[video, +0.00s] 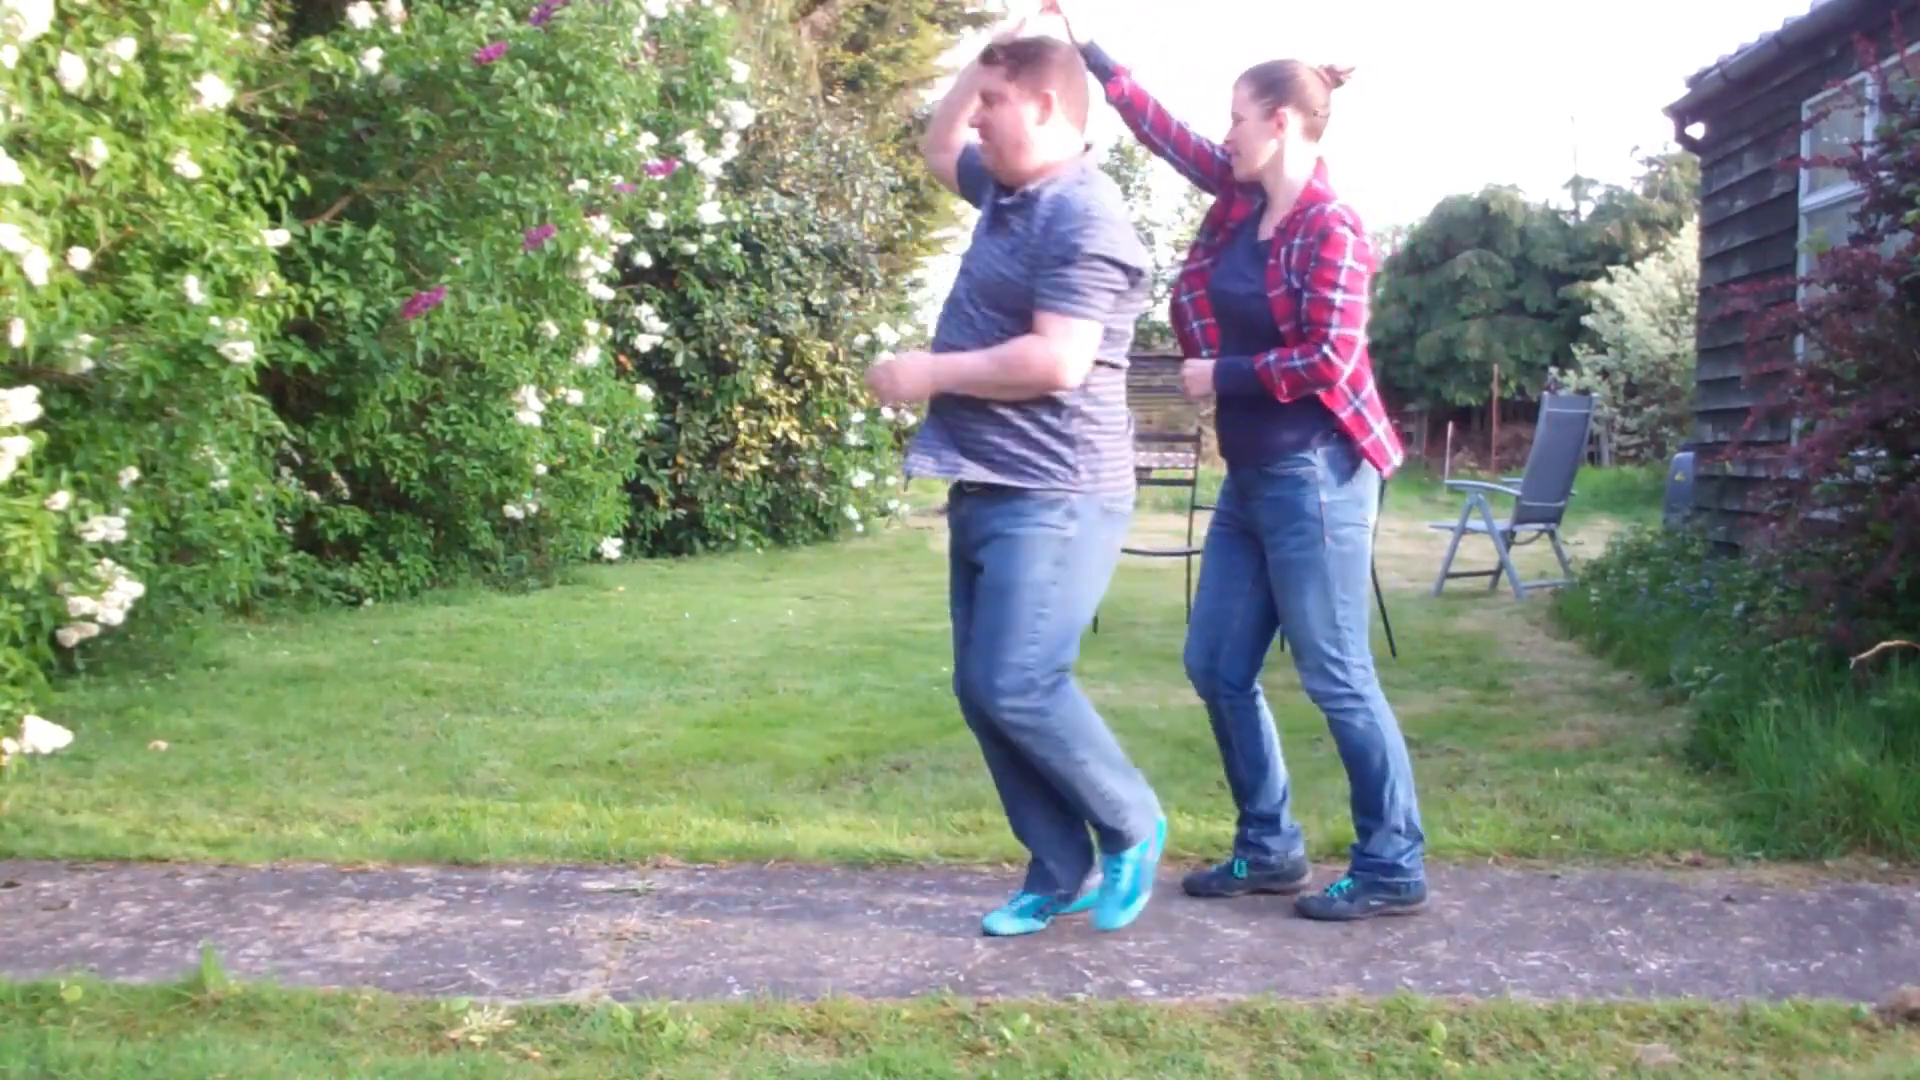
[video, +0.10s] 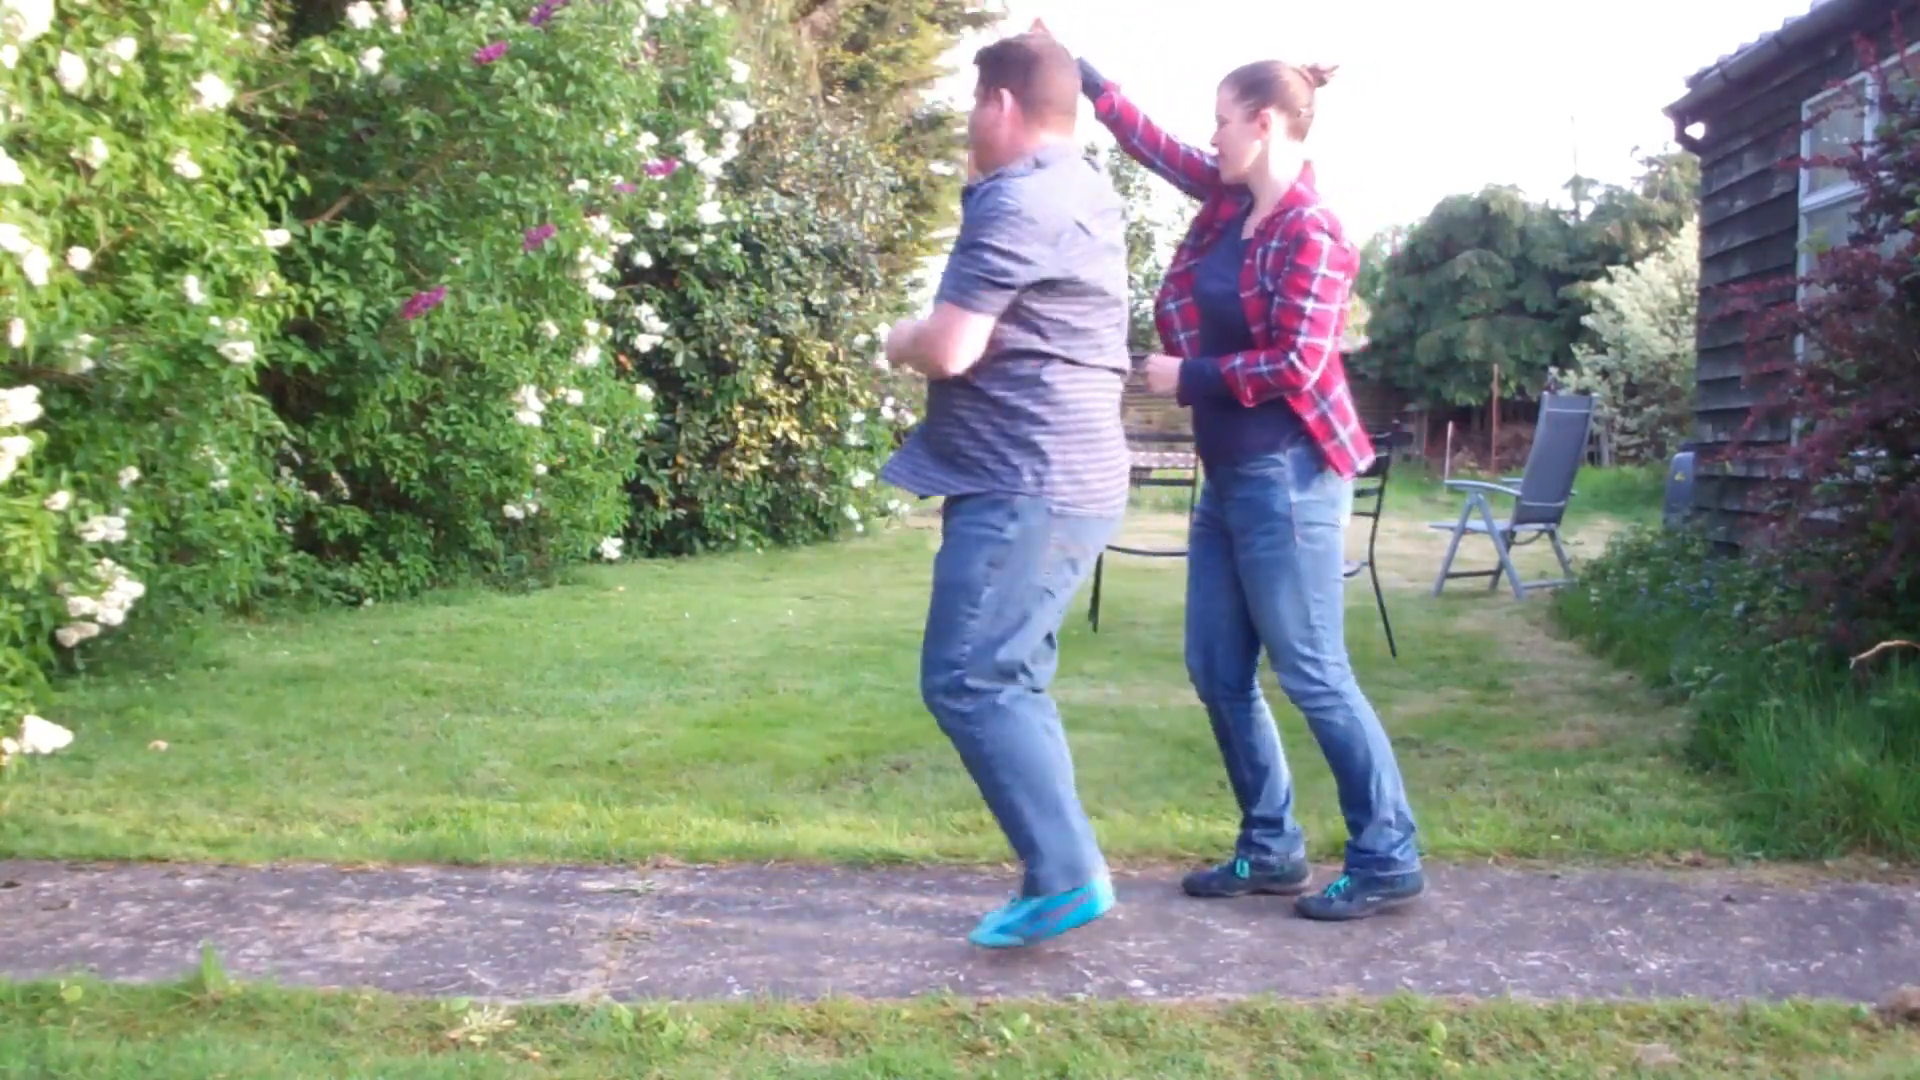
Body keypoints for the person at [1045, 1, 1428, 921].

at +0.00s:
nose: (1225, 133)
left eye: (1236, 119)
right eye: (1226, 119)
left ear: (1285, 126)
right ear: (1265, 130)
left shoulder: (1331, 227)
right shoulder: (1237, 199)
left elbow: (1331, 361)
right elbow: (1160, 126)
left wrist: (1223, 374)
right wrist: (1081, 45)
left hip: (1318, 468)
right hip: (1250, 471)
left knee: (1337, 674)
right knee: (1217, 665)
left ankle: (1392, 865)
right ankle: (1270, 847)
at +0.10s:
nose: (1211, 136)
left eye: (1225, 122)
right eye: (1215, 122)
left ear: (1270, 127)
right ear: (1251, 126)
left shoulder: (1314, 231)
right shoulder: (1225, 198)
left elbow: (1295, 365)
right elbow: (1147, 139)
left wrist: (1184, 375)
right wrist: (1070, 62)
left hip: (1294, 468)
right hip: (1227, 469)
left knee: (1314, 673)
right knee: (1219, 672)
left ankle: (1388, 859)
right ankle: (1272, 848)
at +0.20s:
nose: (1192, 137)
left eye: (1202, 122)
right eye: (1194, 123)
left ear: (1248, 125)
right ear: (1240, 125)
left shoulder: (1282, 227)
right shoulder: (1214, 203)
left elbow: (1261, 366)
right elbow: (1141, 159)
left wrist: (1149, 373)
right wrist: (1065, 88)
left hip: (1260, 466)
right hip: (1212, 463)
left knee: (1251, 671)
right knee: (1216, 670)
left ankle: (1363, 839)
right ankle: (1271, 848)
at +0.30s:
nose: (1167, 140)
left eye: (1176, 124)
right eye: (1170, 125)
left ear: (1218, 127)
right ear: (1224, 128)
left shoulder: (1243, 224)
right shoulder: (1204, 201)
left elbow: (1227, 362)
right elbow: (1127, 157)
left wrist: (1127, 373)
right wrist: (1060, 88)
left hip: (1226, 466)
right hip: (1251, 462)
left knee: (1168, 665)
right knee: (1230, 668)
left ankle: (1304, 811)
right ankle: (1265, 849)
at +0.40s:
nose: (1129, 143)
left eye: (1141, 129)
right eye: (1131, 128)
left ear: (1187, 132)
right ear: (1192, 135)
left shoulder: (1205, 224)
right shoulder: (1198, 215)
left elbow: (1187, 360)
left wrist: (1089, 380)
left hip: (1195, 475)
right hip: (1241, 472)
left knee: (1116, 662)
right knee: (1213, 669)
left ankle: (1196, 838)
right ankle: (1276, 848)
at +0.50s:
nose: (1106, 152)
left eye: (1115, 135)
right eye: (1108, 136)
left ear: (1152, 135)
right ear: (1163, 136)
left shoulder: (1169, 228)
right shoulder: (1191, 212)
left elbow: (1152, 368)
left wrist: (1069, 410)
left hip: (1166, 482)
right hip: (1213, 474)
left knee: (1075, 669)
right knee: (1193, 678)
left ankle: (1105, 860)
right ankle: (1270, 846)